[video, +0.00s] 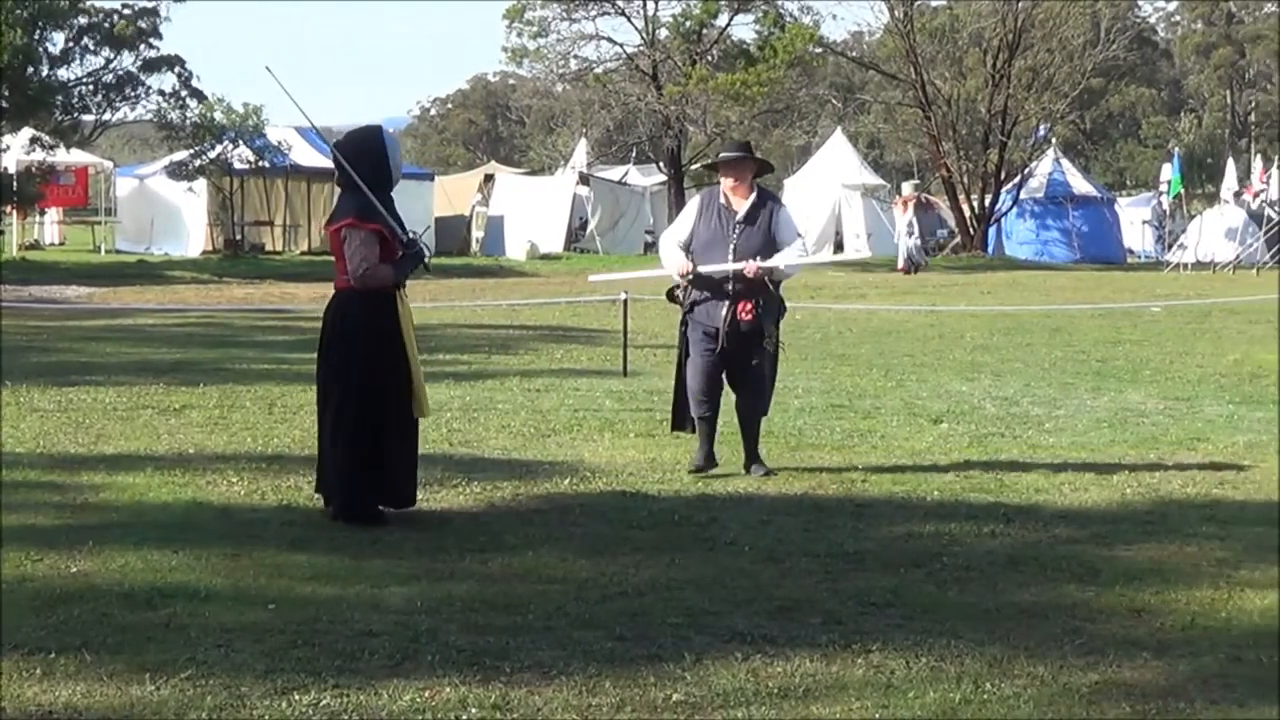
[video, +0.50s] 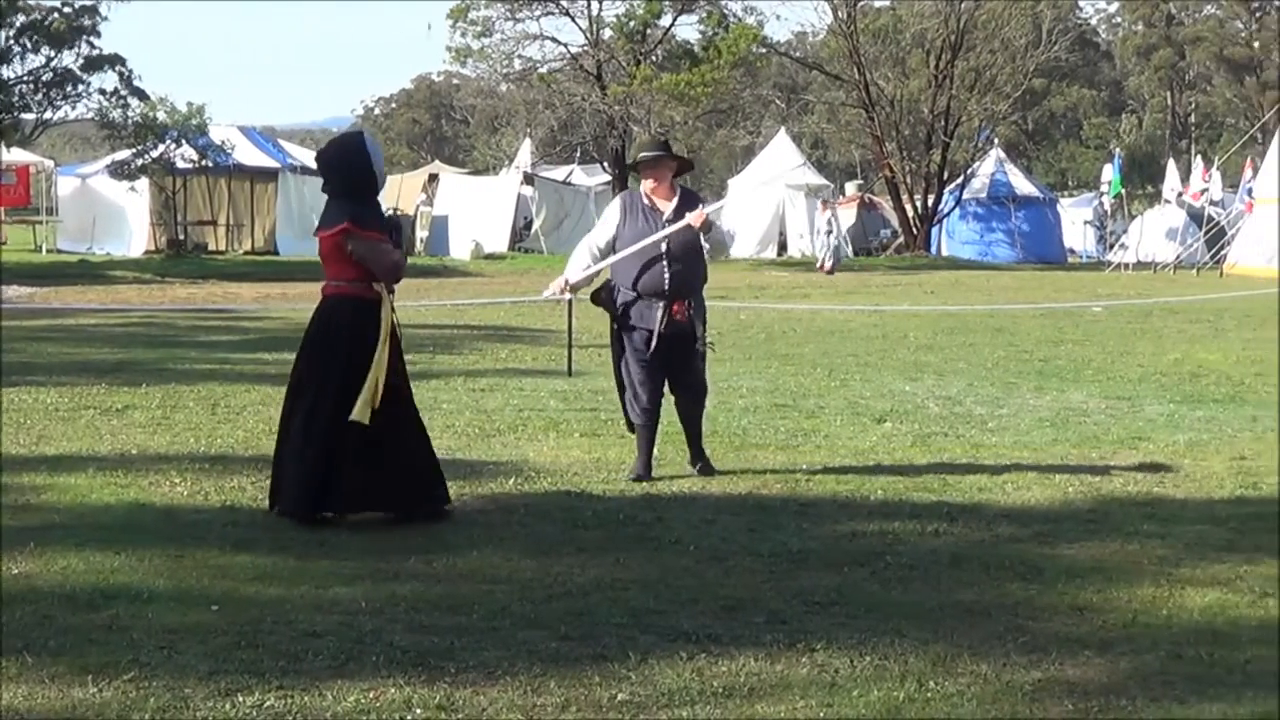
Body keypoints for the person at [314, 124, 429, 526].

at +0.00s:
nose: (396, 167)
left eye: (393, 158)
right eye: (390, 159)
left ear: (354, 165)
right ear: (373, 164)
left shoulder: (366, 209)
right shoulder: (357, 212)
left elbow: (367, 268)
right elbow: (362, 273)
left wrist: (404, 257)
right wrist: (405, 265)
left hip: (366, 315)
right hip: (359, 319)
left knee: (361, 402)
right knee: (360, 403)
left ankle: (353, 494)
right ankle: (356, 500)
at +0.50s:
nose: (381, 170)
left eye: (378, 162)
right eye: (376, 163)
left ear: (336, 173)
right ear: (361, 171)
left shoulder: (340, 214)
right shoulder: (350, 219)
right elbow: (391, 269)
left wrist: (387, 239)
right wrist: (399, 241)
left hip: (344, 312)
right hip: (353, 317)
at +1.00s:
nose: (367, 176)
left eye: (366, 168)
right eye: (362, 168)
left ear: (318, 173)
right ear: (347, 173)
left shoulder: (315, 215)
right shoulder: (335, 218)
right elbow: (371, 271)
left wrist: (363, 237)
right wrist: (373, 236)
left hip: (319, 315)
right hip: (340, 319)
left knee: (325, 409)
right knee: (364, 409)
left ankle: (327, 499)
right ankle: (384, 505)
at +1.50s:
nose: (358, 174)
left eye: (354, 167)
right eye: (353, 167)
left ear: (312, 178)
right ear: (340, 175)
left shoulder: (322, 218)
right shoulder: (328, 222)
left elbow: (347, 273)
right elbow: (356, 283)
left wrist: (377, 263)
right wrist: (387, 270)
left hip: (324, 317)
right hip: (338, 321)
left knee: (320, 410)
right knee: (350, 413)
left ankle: (305, 494)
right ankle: (364, 512)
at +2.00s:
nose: (345, 180)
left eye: (342, 172)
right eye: (338, 172)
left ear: (301, 181)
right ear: (320, 179)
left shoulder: (321, 226)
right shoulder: (300, 229)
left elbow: (326, 288)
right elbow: (308, 291)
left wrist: (358, 320)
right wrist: (360, 310)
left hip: (331, 334)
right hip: (308, 336)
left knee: (346, 425)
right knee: (312, 429)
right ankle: (311, 523)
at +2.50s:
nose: (343, 175)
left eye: (339, 168)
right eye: (336, 168)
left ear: (298, 178)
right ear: (319, 175)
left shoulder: (322, 223)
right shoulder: (302, 228)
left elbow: (332, 286)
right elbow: (319, 289)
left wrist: (360, 314)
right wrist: (363, 313)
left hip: (330, 330)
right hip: (310, 332)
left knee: (335, 429)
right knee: (315, 432)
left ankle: (338, 527)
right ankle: (319, 530)